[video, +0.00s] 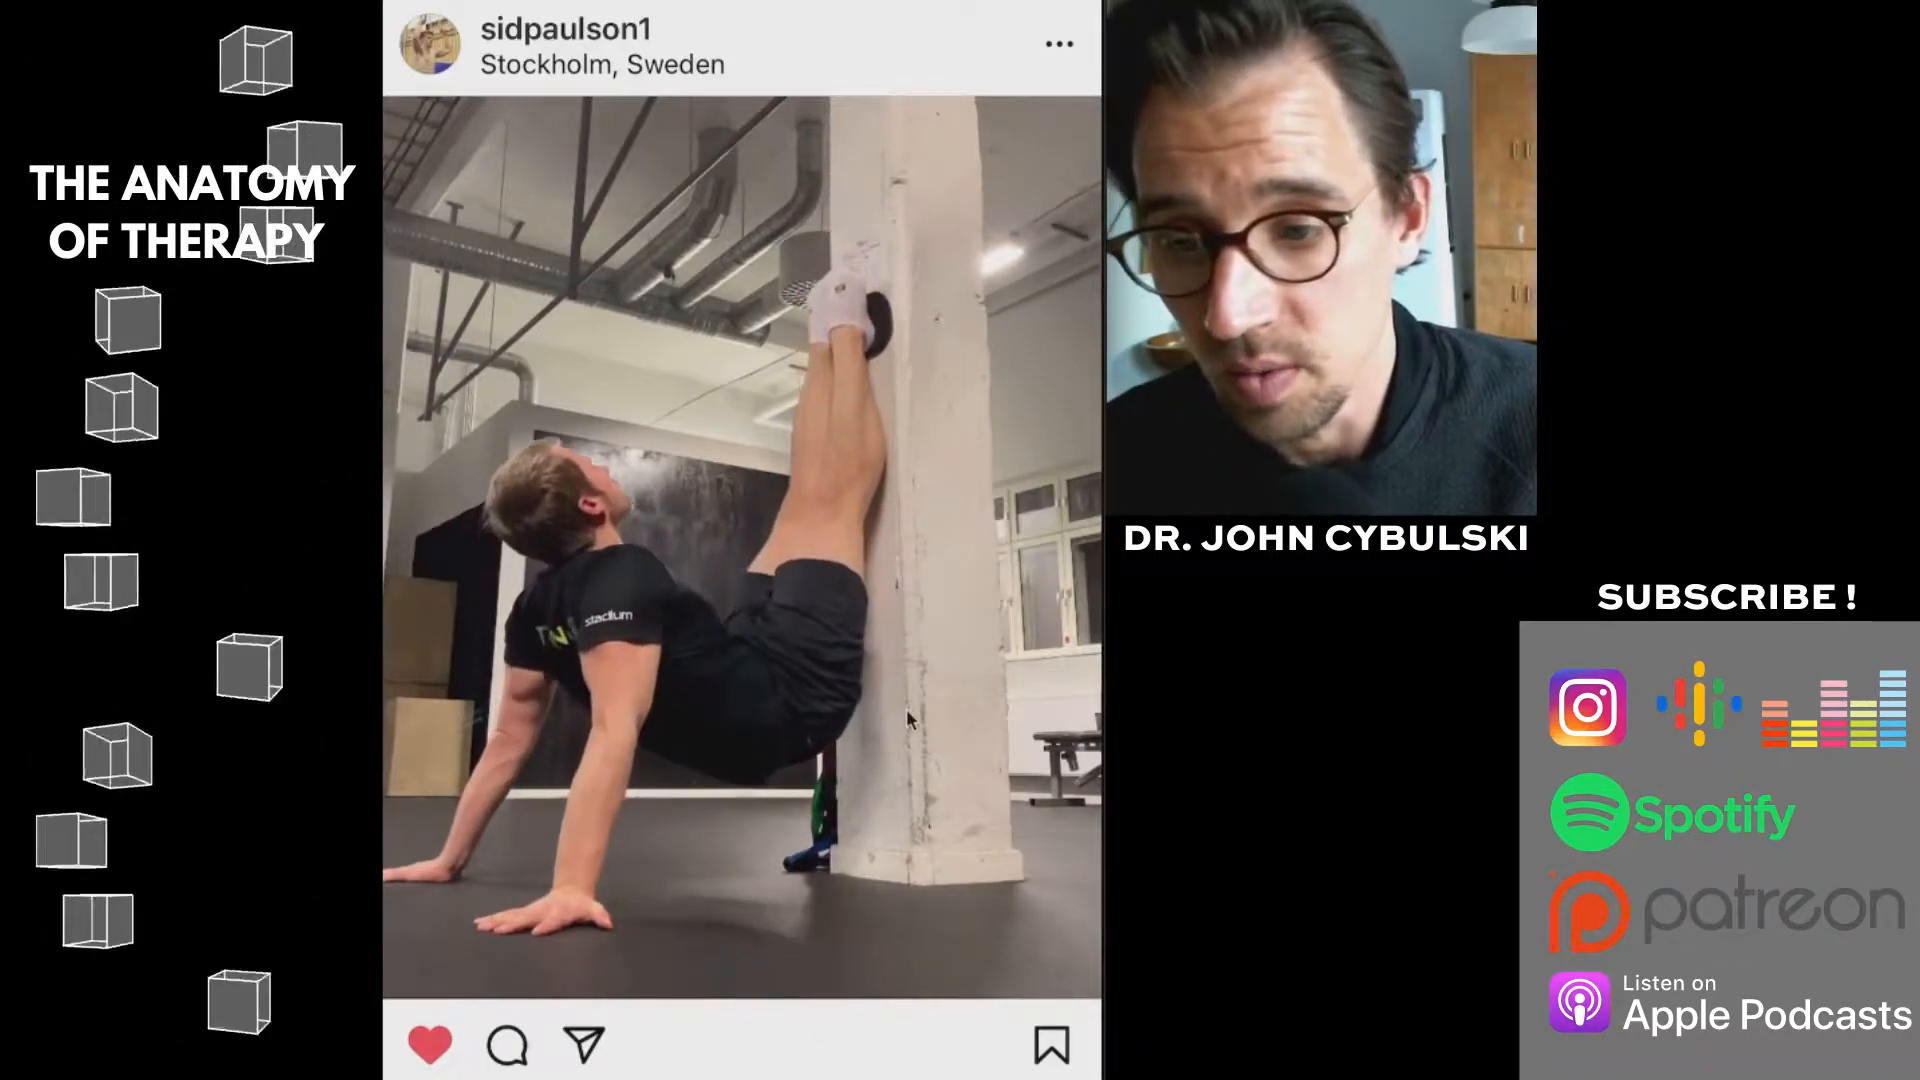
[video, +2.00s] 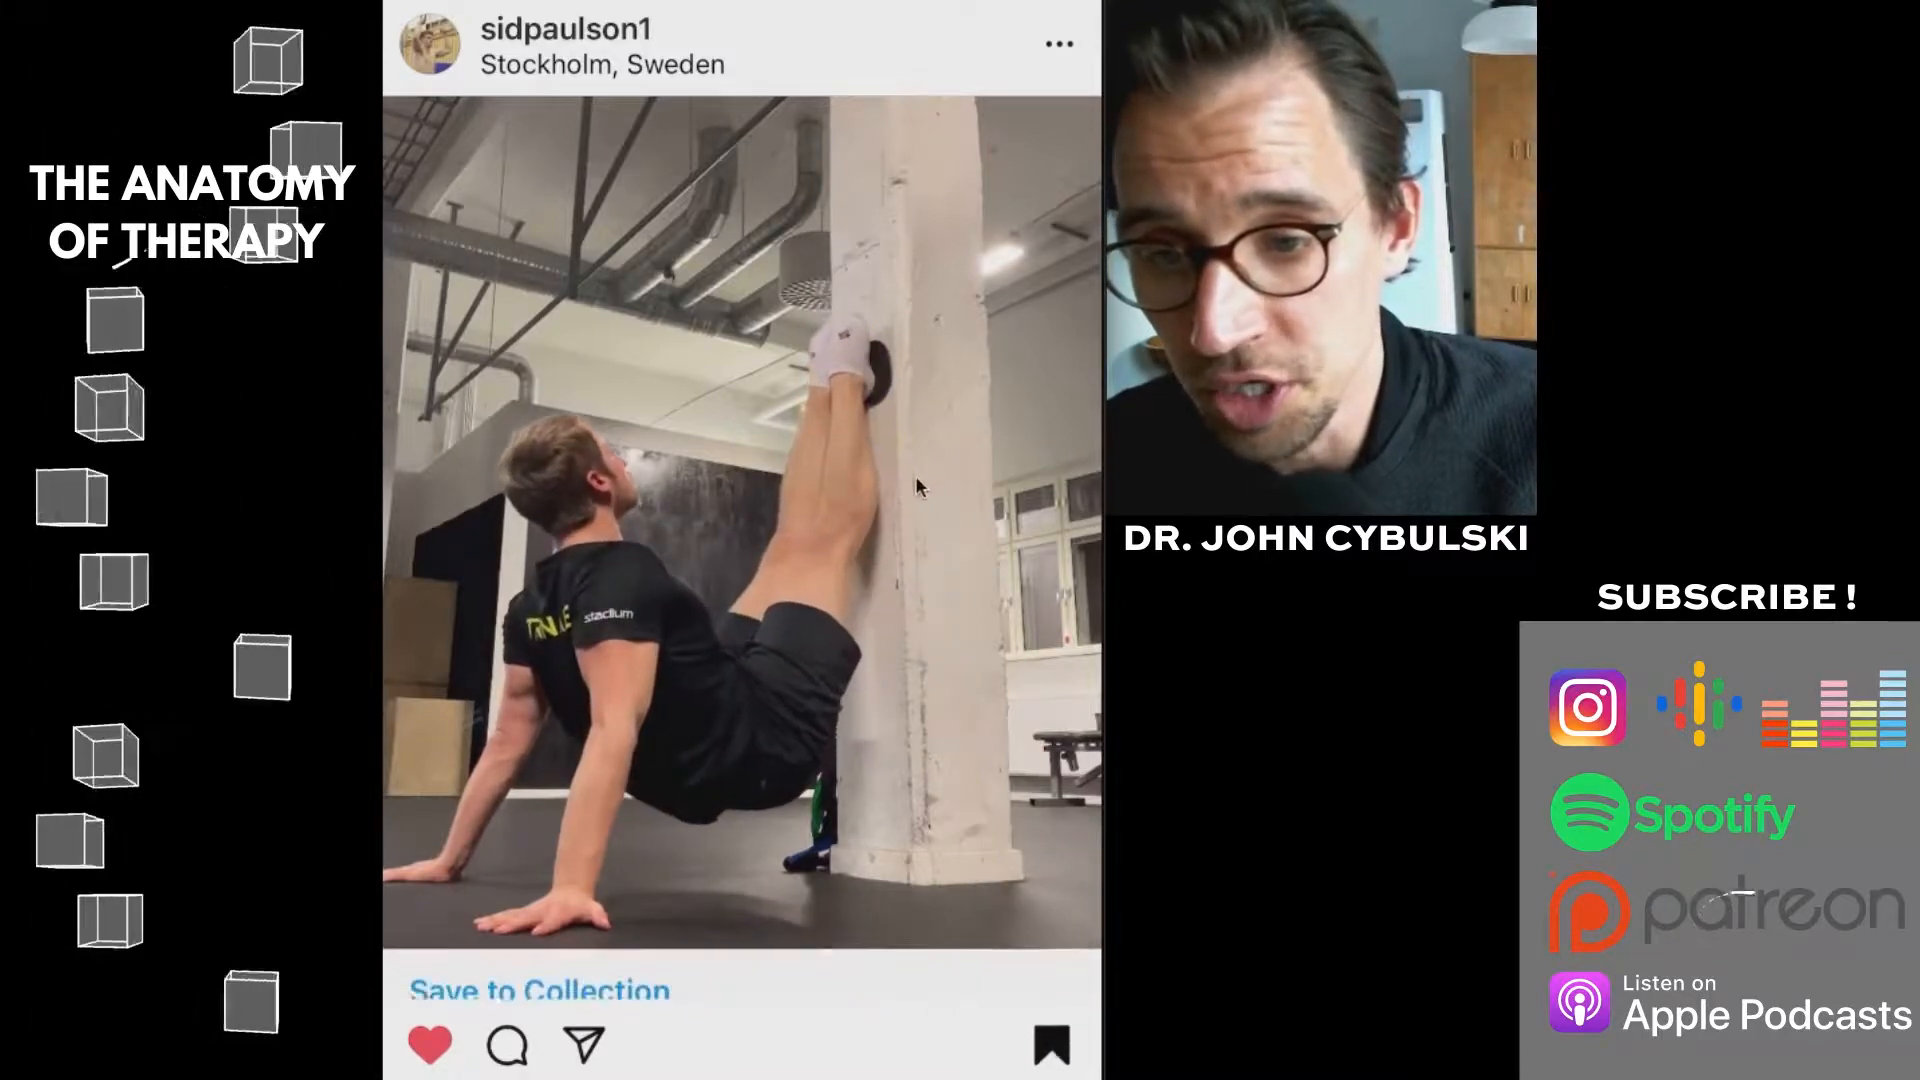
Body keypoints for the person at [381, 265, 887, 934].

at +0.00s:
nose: (602, 464)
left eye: (586, 459)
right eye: (590, 466)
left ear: (538, 533)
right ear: (592, 505)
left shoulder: (533, 606)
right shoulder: (620, 574)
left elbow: (508, 744)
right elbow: (612, 733)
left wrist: (449, 860)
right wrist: (572, 887)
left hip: (744, 731)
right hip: (795, 697)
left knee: (806, 500)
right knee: (838, 493)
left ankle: (826, 343)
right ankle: (847, 336)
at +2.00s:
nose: (623, 460)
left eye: (612, 450)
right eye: (612, 454)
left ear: (543, 508)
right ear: (600, 482)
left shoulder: (529, 605)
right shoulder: (620, 572)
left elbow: (508, 744)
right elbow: (613, 727)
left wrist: (449, 859)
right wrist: (572, 888)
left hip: (697, 773)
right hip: (767, 745)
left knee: (792, 537)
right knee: (827, 536)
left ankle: (826, 386)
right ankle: (847, 378)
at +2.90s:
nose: (624, 457)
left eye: (613, 447)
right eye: (613, 451)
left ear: (543, 504)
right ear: (599, 480)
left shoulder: (527, 606)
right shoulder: (616, 573)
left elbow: (508, 744)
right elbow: (610, 727)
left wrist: (449, 860)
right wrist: (573, 887)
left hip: (696, 786)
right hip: (763, 765)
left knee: (787, 567)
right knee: (822, 558)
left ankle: (825, 402)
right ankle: (846, 394)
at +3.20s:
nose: (624, 459)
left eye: (613, 447)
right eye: (613, 452)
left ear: (542, 503)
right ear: (600, 479)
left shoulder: (526, 606)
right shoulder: (615, 572)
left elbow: (508, 743)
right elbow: (609, 728)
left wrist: (449, 860)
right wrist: (573, 889)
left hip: (687, 796)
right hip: (755, 771)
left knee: (785, 575)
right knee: (819, 568)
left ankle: (826, 410)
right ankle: (845, 408)